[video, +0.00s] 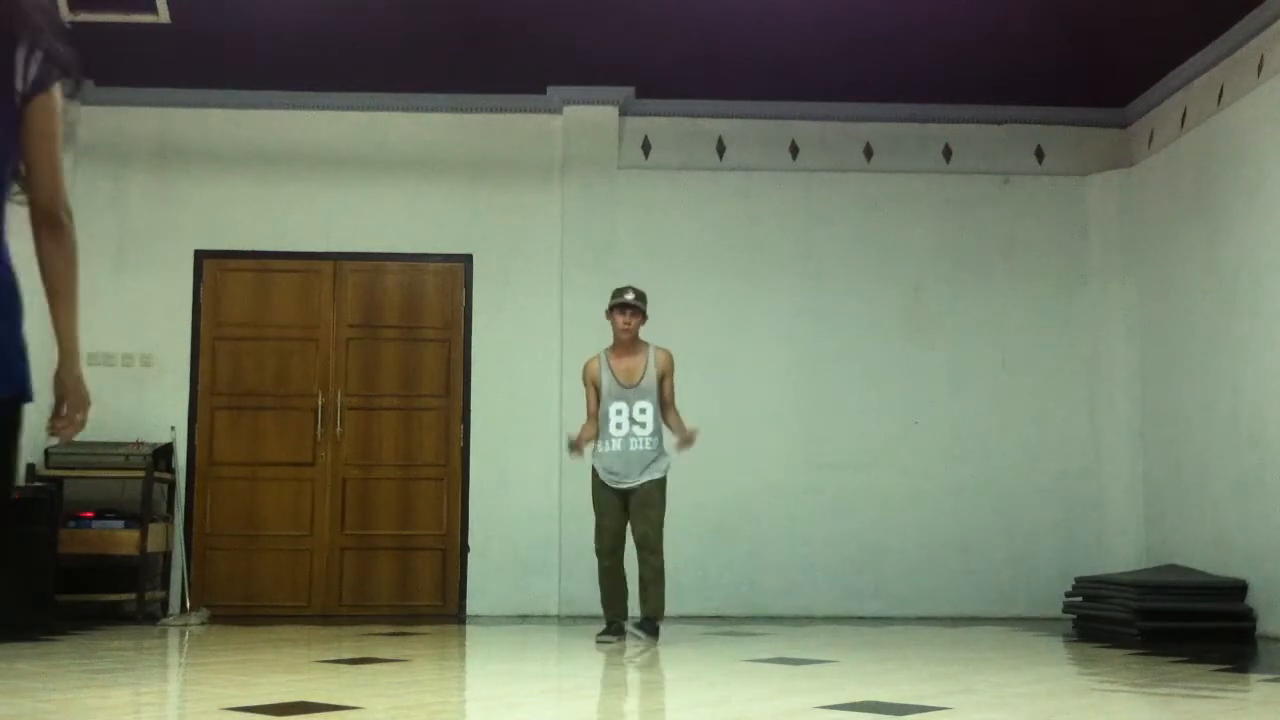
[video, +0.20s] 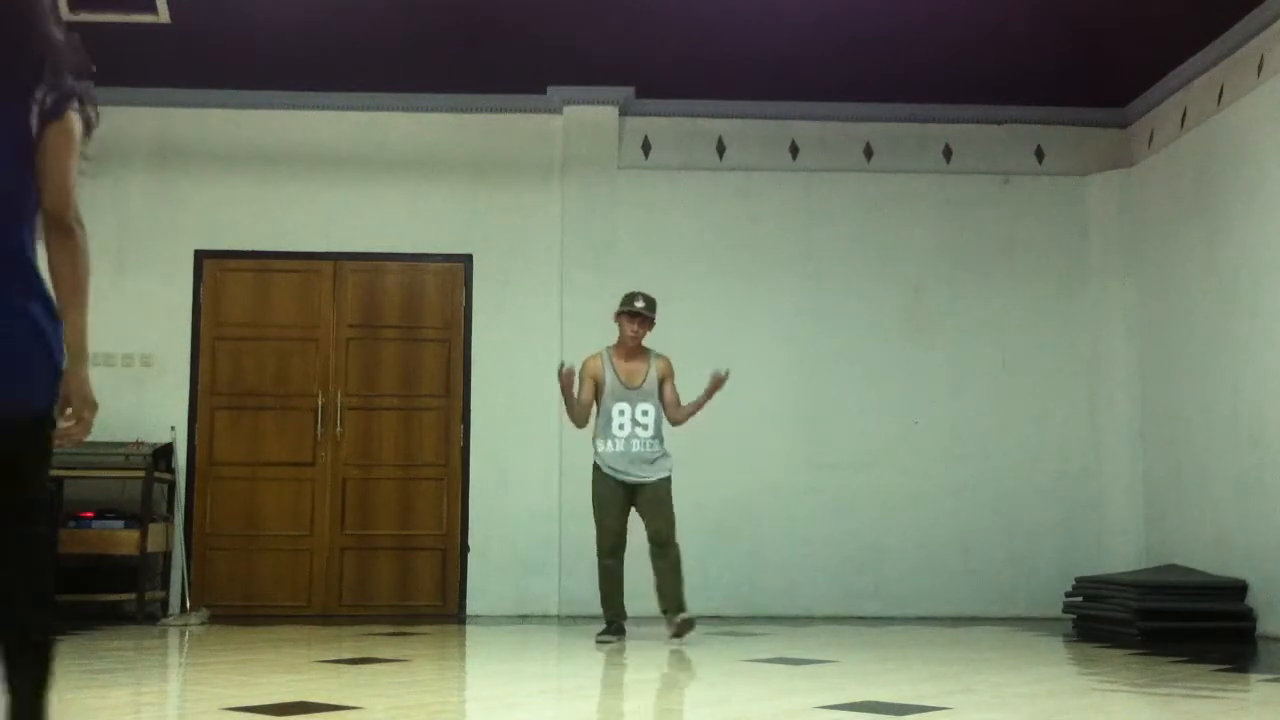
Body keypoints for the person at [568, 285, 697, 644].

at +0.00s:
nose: (626, 317)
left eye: (634, 312)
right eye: (620, 311)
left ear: (643, 318)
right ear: (610, 316)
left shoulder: (660, 359)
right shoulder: (594, 367)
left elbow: (668, 407)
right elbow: (592, 419)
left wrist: (681, 431)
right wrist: (582, 438)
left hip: (648, 472)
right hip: (607, 473)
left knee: (648, 546)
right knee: (608, 550)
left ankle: (650, 621)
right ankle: (614, 622)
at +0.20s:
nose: (636, 325)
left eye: (643, 320)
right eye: (630, 318)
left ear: (651, 325)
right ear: (618, 319)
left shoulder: (660, 366)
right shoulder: (595, 365)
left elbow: (676, 416)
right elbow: (580, 419)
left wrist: (707, 394)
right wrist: (567, 392)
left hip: (653, 472)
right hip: (609, 473)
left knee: (663, 540)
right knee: (609, 549)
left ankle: (676, 615)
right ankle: (614, 624)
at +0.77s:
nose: (668, 335)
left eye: (676, 329)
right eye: (663, 328)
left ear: (685, 335)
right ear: (653, 330)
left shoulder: (695, 376)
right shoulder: (631, 372)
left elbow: (720, 421)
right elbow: (604, 413)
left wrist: (742, 388)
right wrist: (594, 373)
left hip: (689, 484)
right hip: (643, 482)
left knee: (714, 548)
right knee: (624, 547)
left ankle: (716, 621)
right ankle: (615, 623)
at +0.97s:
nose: (678, 328)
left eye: (687, 323)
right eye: (674, 321)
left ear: (699, 328)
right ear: (667, 324)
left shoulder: (713, 366)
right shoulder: (649, 358)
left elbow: (748, 399)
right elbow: (604, 383)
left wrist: (761, 431)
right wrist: (609, 405)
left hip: (698, 480)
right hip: (652, 476)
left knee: (714, 550)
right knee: (631, 546)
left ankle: (716, 619)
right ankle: (616, 622)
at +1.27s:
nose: (704, 326)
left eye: (712, 321)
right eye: (700, 320)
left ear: (727, 327)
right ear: (694, 324)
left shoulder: (739, 374)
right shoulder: (675, 361)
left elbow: (748, 427)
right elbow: (635, 401)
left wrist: (748, 475)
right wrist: (624, 451)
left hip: (716, 483)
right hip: (670, 477)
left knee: (726, 553)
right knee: (641, 547)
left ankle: (718, 621)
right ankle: (620, 618)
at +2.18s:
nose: (657, 320)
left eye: (665, 314)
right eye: (651, 313)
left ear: (674, 320)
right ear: (641, 319)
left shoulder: (693, 358)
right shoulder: (630, 373)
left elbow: (701, 416)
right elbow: (628, 430)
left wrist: (697, 467)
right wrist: (624, 483)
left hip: (694, 475)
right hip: (650, 477)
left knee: (711, 551)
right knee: (646, 552)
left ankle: (718, 620)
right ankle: (648, 622)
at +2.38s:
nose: (650, 320)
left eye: (656, 314)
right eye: (643, 313)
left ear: (666, 320)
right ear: (632, 319)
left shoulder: (684, 358)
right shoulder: (619, 371)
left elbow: (689, 415)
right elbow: (623, 416)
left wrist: (678, 464)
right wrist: (634, 439)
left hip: (684, 464)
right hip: (643, 469)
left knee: (692, 534)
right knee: (643, 546)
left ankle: (696, 584)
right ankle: (648, 620)